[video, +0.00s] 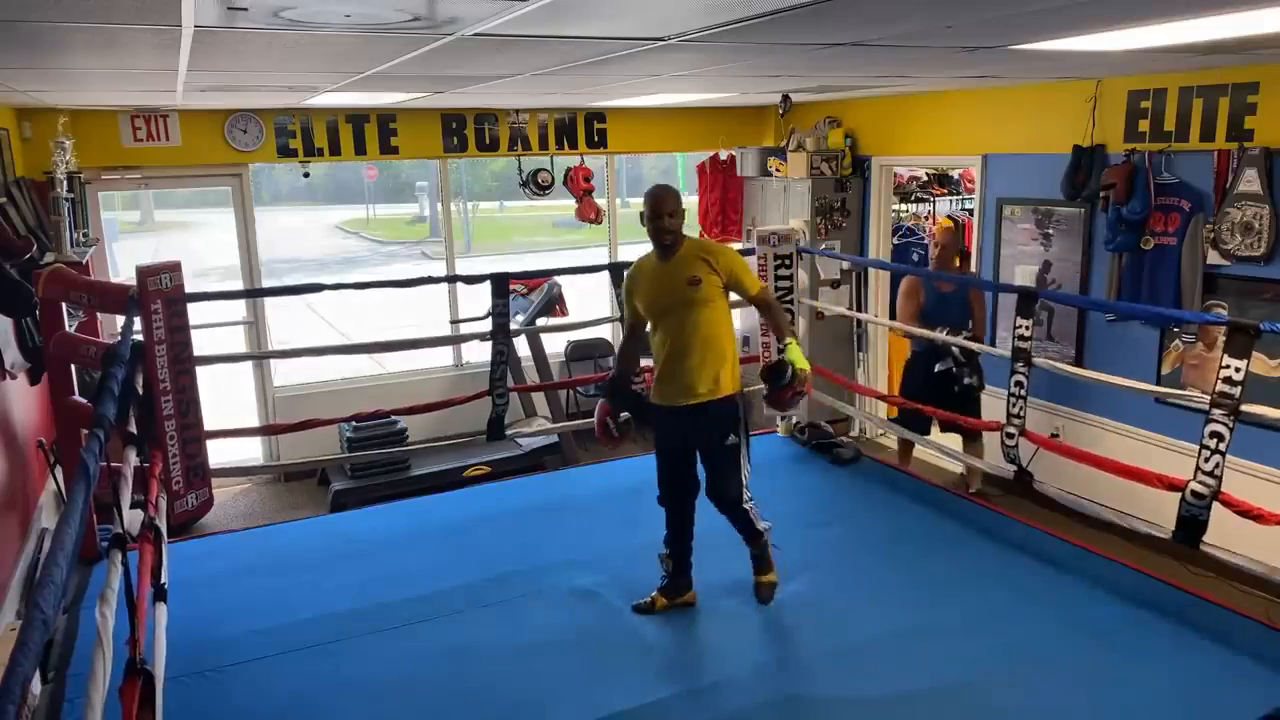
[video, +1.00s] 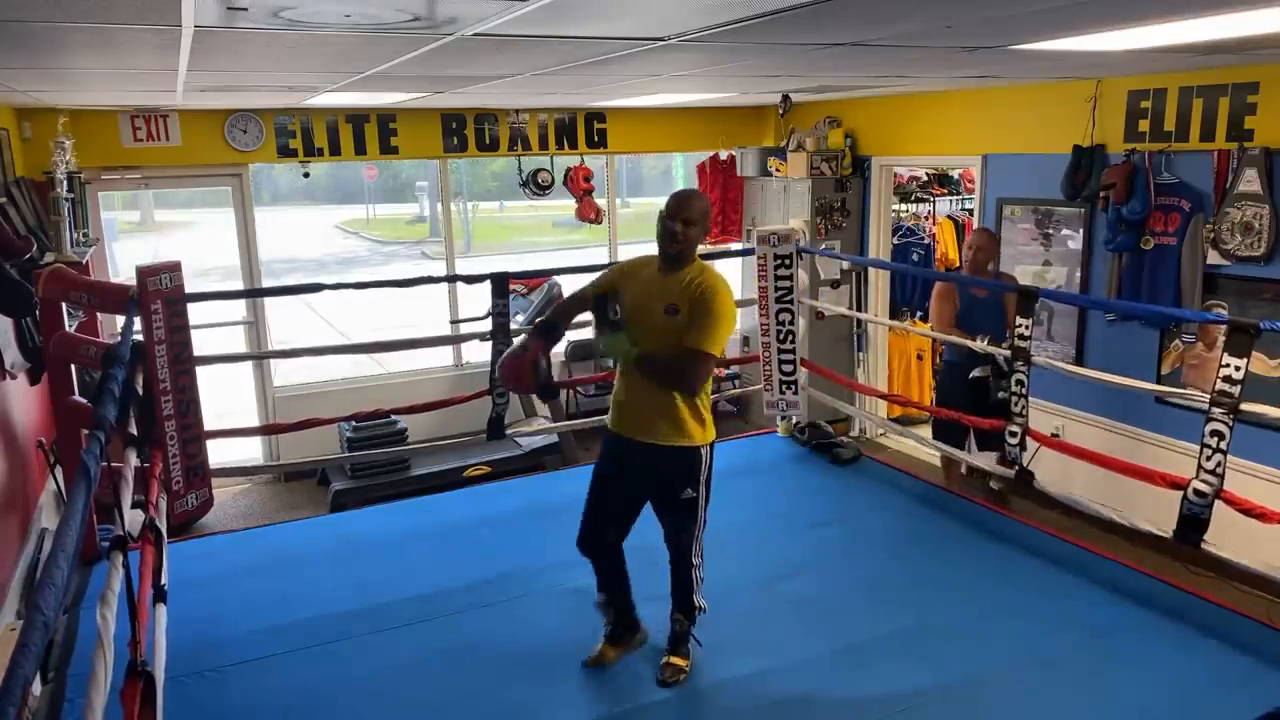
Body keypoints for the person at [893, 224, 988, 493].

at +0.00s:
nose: (935, 251)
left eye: (942, 247)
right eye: (933, 245)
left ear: (957, 251)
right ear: (929, 244)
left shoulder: (970, 286)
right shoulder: (913, 282)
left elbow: (979, 332)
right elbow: (905, 325)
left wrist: (963, 352)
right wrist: (937, 337)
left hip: (960, 366)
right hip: (922, 363)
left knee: (971, 430)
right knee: (908, 426)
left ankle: (974, 488)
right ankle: (900, 477)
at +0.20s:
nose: (958, 250)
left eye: (966, 246)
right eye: (957, 244)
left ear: (979, 252)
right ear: (951, 246)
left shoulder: (992, 283)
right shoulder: (934, 280)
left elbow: (1000, 330)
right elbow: (924, 323)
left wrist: (982, 346)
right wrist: (956, 340)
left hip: (980, 368)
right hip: (942, 364)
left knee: (980, 434)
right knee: (923, 425)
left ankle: (974, 490)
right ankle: (906, 473)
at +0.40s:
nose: (975, 252)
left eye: (983, 248)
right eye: (974, 245)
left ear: (995, 254)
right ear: (966, 245)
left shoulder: (1007, 284)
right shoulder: (948, 281)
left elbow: (1012, 327)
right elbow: (935, 324)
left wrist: (999, 348)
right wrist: (968, 341)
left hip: (991, 368)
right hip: (955, 365)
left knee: (987, 434)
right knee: (941, 428)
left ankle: (974, 489)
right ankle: (924, 480)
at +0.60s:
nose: (978, 253)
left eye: (986, 249)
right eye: (976, 246)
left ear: (1001, 254)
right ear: (970, 246)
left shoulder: (1010, 285)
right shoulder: (952, 282)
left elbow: (1018, 326)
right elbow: (940, 324)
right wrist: (975, 341)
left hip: (995, 370)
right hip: (958, 368)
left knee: (988, 435)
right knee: (956, 436)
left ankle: (977, 489)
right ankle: (955, 494)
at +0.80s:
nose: (973, 252)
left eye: (982, 248)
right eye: (971, 246)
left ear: (996, 254)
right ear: (966, 247)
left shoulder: (1008, 284)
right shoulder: (949, 283)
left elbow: (1019, 323)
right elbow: (940, 326)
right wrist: (978, 341)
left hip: (995, 371)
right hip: (957, 370)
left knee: (994, 437)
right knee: (954, 438)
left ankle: (979, 489)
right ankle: (955, 496)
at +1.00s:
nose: (969, 253)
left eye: (978, 249)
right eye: (967, 247)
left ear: (993, 255)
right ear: (962, 248)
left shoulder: (1006, 284)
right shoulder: (948, 284)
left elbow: (1012, 328)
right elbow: (941, 329)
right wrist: (979, 344)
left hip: (993, 372)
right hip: (957, 371)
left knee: (989, 438)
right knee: (951, 438)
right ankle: (951, 493)